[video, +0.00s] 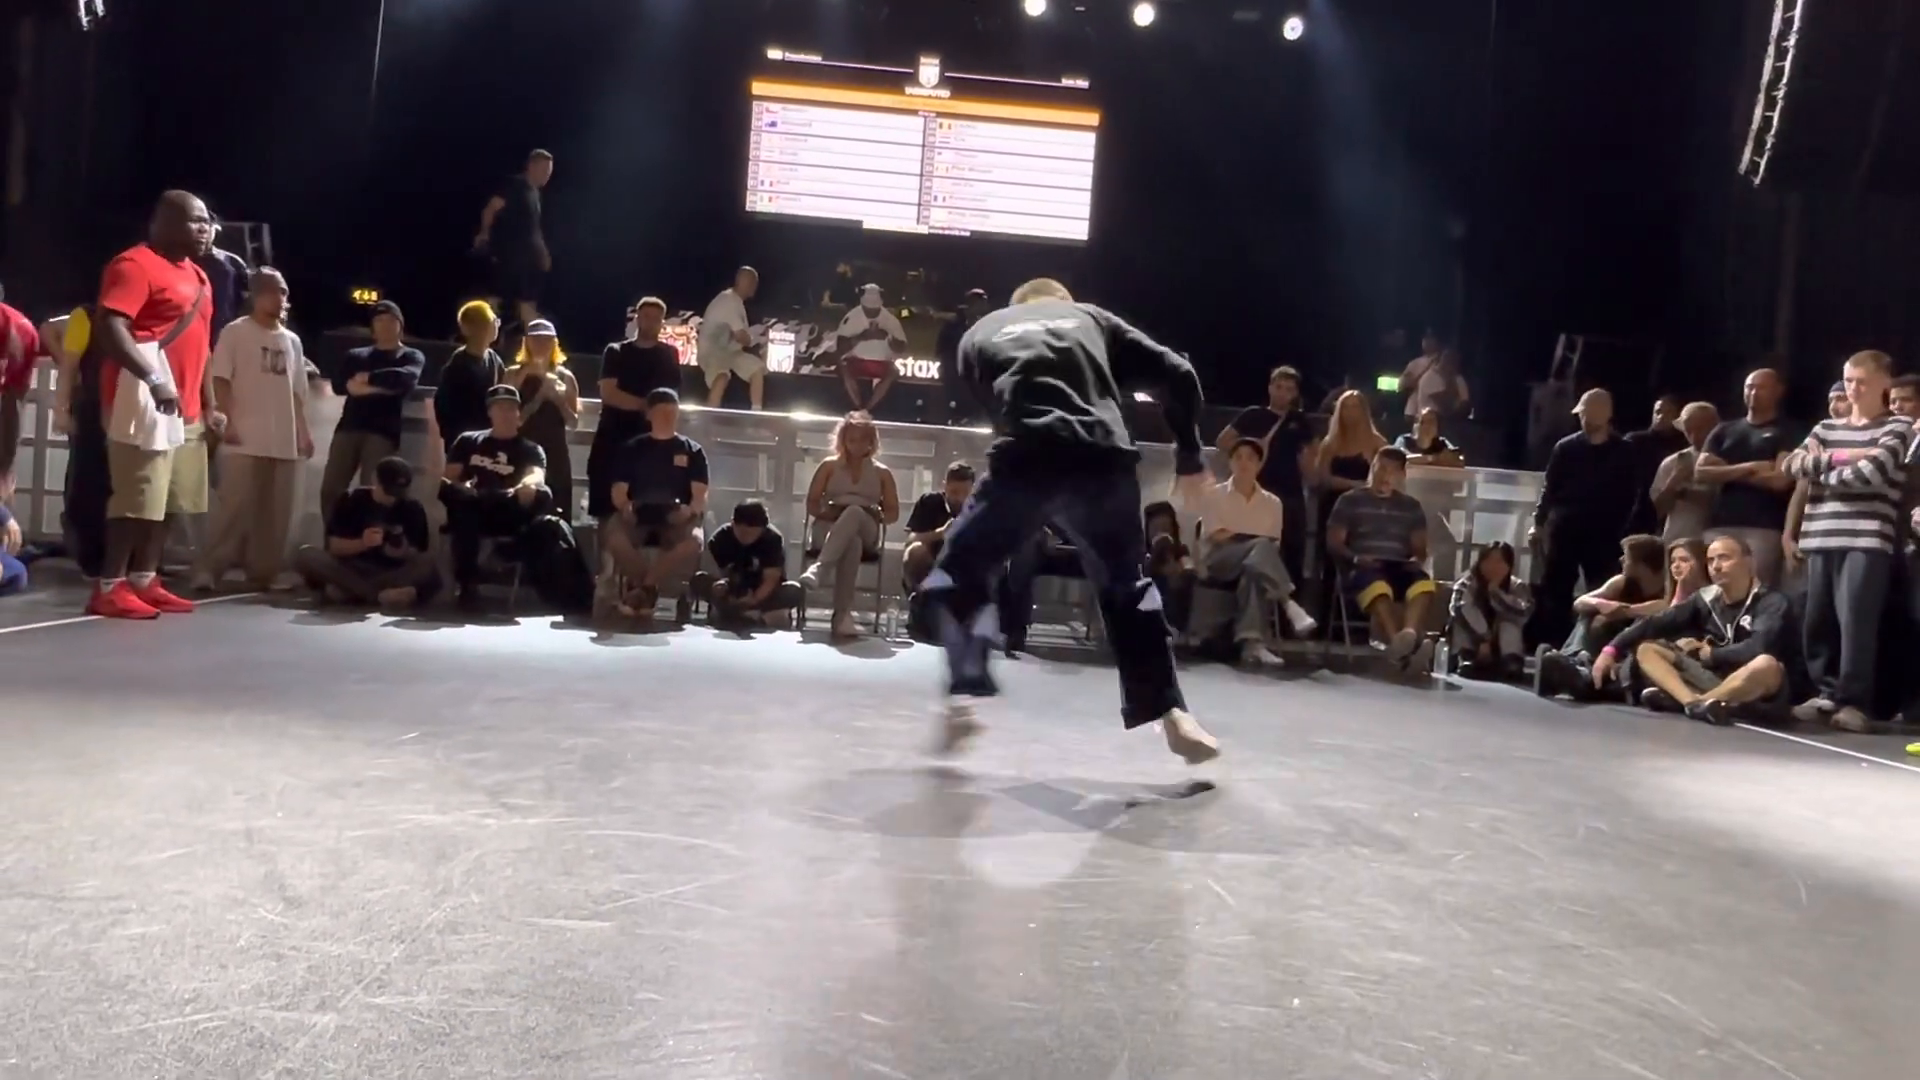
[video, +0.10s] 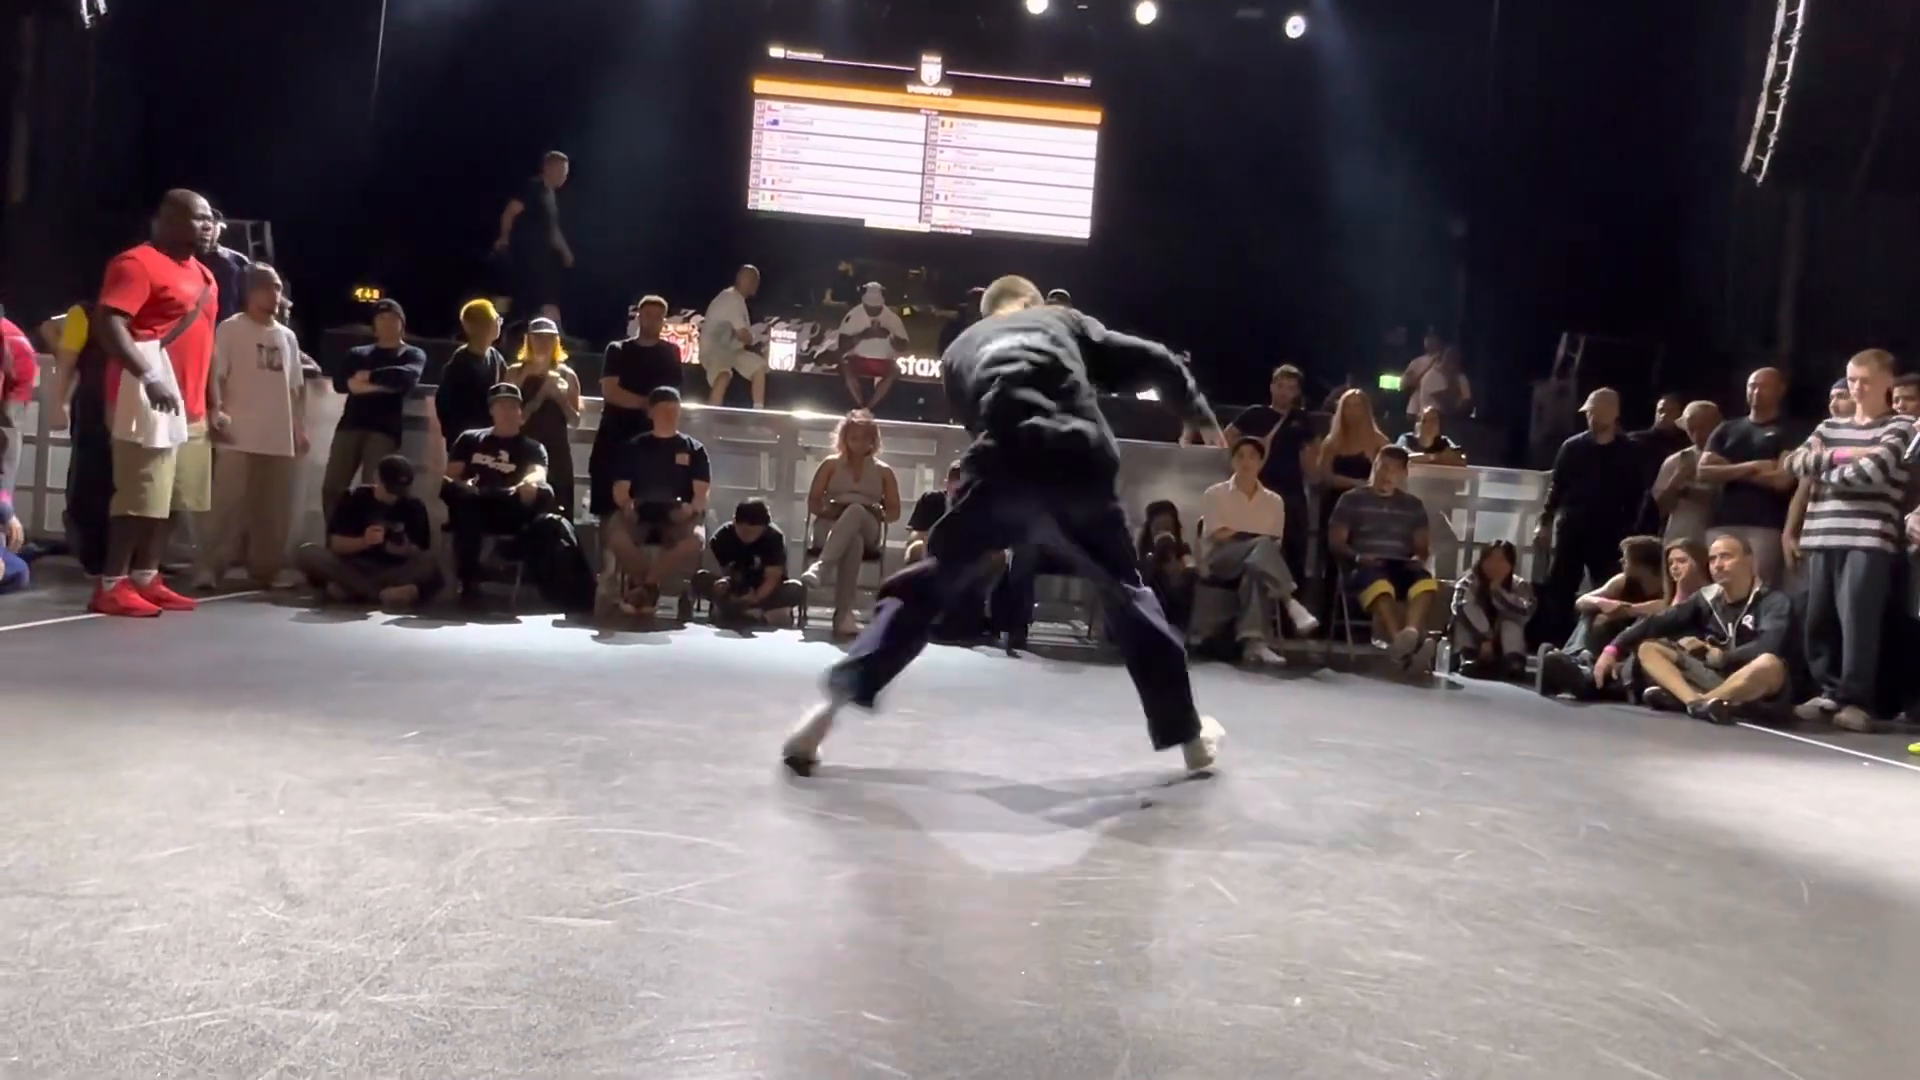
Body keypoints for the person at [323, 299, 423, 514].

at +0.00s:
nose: (385, 325)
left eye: (390, 320)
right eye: (380, 321)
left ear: (400, 326)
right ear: (373, 327)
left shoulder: (412, 356)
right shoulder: (356, 355)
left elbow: (405, 381)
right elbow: (339, 386)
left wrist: (367, 378)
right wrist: (380, 388)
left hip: (382, 434)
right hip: (349, 430)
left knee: (373, 495)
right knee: (331, 490)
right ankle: (332, 543)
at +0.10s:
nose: (386, 323)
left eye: (391, 318)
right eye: (382, 319)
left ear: (401, 325)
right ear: (374, 325)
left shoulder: (414, 354)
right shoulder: (358, 352)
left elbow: (406, 380)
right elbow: (340, 384)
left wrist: (368, 375)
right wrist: (384, 385)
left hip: (384, 431)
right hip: (350, 428)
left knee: (375, 493)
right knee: (332, 487)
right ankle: (334, 544)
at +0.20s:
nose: (387, 321)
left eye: (392, 316)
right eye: (382, 316)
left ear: (403, 322)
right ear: (376, 323)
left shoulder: (415, 351)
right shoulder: (359, 350)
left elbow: (408, 377)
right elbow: (342, 381)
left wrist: (370, 373)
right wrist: (387, 383)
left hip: (385, 428)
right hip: (351, 425)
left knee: (376, 487)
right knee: (335, 483)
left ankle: (372, 540)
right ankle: (337, 539)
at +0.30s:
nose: (388, 318)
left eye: (393, 313)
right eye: (383, 314)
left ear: (404, 319)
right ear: (377, 321)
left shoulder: (415, 349)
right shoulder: (360, 348)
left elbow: (408, 375)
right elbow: (342, 379)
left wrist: (370, 371)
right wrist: (384, 380)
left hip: (385, 426)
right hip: (352, 423)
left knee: (376, 485)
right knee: (335, 481)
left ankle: (373, 538)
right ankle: (337, 538)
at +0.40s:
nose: (389, 317)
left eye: (395, 312)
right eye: (384, 312)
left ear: (405, 318)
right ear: (378, 320)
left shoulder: (417, 348)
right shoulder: (361, 347)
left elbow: (409, 374)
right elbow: (343, 377)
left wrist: (371, 370)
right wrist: (386, 379)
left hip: (386, 424)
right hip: (353, 421)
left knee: (377, 484)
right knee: (336, 480)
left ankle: (374, 538)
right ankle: (338, 538)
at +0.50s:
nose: (390, 316)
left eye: (395, 311)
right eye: (386, 311)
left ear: (407, 317)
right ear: (379, 319)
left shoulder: (419, 347)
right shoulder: (364, 345)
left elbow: (411, 372)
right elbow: (345, 376)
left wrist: (372, 370)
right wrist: (389, 376)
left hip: (388, 421)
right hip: (355, 418)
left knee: (380, 482)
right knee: (338, 479)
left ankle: (376, 534)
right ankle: (340, 534)